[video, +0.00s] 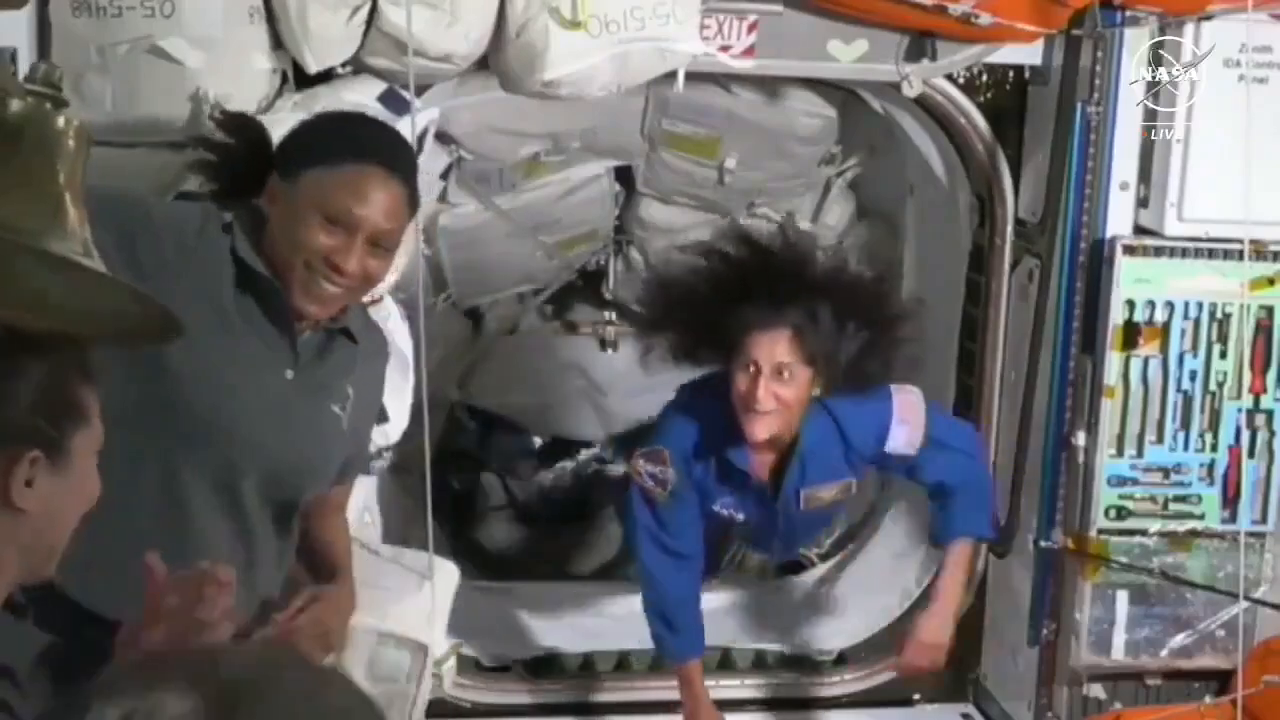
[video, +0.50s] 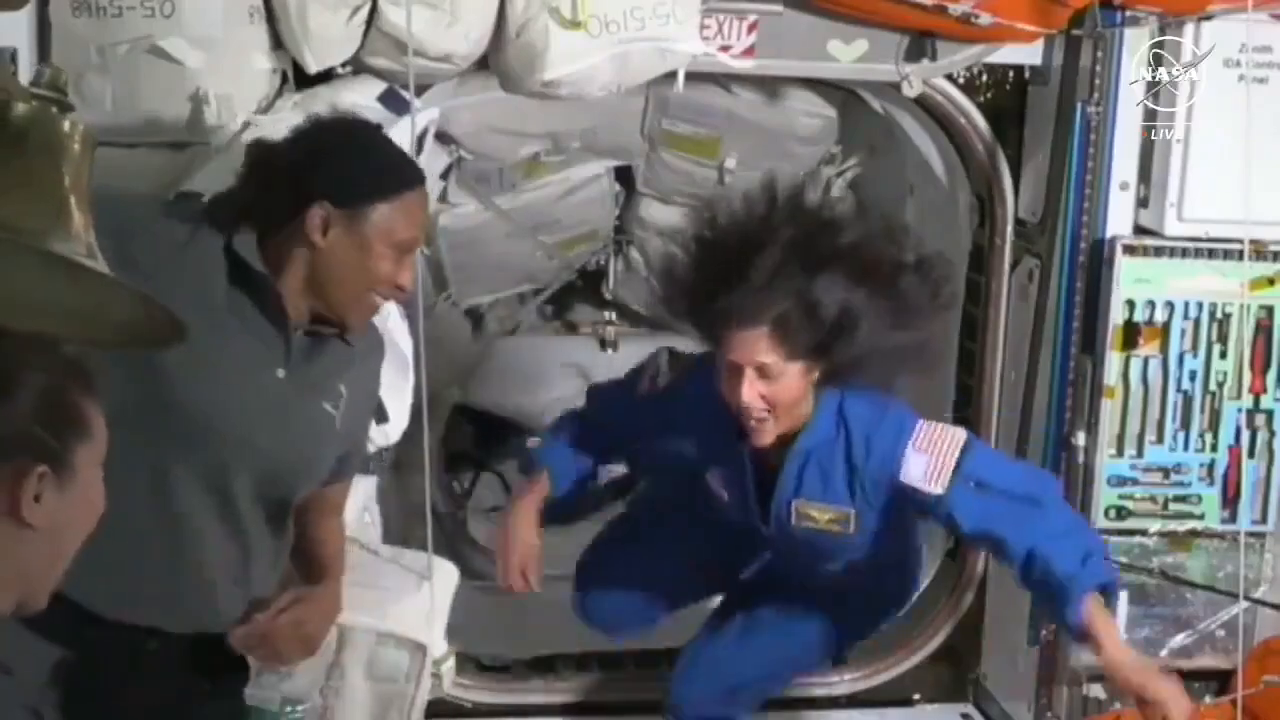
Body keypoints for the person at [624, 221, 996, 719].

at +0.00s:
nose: (759, 394)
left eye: (783, 375)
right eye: (748, 369)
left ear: (817, 384)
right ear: (728, 371)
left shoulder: (855, 422)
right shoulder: (682, 435)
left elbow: (965, 456)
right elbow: (668, 566)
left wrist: (943, 608)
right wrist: (693, 695)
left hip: (818, 536)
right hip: (720, 534)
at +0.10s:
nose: (755, 387)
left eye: (780, 368)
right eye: (746, 362)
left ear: (817, 378)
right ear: (729, 361)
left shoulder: (869, 424)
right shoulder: (681, 439)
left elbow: (1008, 463)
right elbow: (669, 569)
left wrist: (1000, 607)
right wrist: (693, 690)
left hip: (808, 546)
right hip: (705, 544)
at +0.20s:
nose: (753, 384)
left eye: (778, 364)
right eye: (743, 359)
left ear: (817, 372)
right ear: (727, 360)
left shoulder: (870, 424)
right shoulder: (691, 423)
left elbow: (1033, 464)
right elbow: (666, 552)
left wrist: (1048, 614)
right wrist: (678, 683)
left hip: (791, 568)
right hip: (690, 553)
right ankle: (571, 469)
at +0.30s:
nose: (757, 383)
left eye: (779, 363)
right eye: (743, 360)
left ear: (824, 364)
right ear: (726, 356)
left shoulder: (886, 422)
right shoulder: (701, 405)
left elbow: (1054, 478)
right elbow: (645, 504)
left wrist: (1089, 614)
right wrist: (638, 632)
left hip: (789, 583)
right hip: (696, 531)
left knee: (693, 628)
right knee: (603, 555)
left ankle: (693, 658)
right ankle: (571, 490)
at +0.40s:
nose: (759, 389)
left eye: (781, 369)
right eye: (742, 365)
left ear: (826, 367)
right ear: (724, 356)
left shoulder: (881, 427)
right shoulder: (696, 397)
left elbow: (1057, 485)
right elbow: (608, 470)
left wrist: (1127, 630)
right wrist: (568, 589)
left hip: (819, 581)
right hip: (710, 529)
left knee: (699, 653)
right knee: (601, 578)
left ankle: (702, 697)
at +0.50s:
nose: (748, 398)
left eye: (771, 377)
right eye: (732, 372)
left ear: (819, 373)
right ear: (714, 360)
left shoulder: (875, 437)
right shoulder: (694, 398)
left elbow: (1031, 508)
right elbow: (597, 427)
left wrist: (1109, 644)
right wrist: (527, 500)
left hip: (824, 584)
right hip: (714, 530)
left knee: (701, 688)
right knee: (602, 608)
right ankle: (673, 529)